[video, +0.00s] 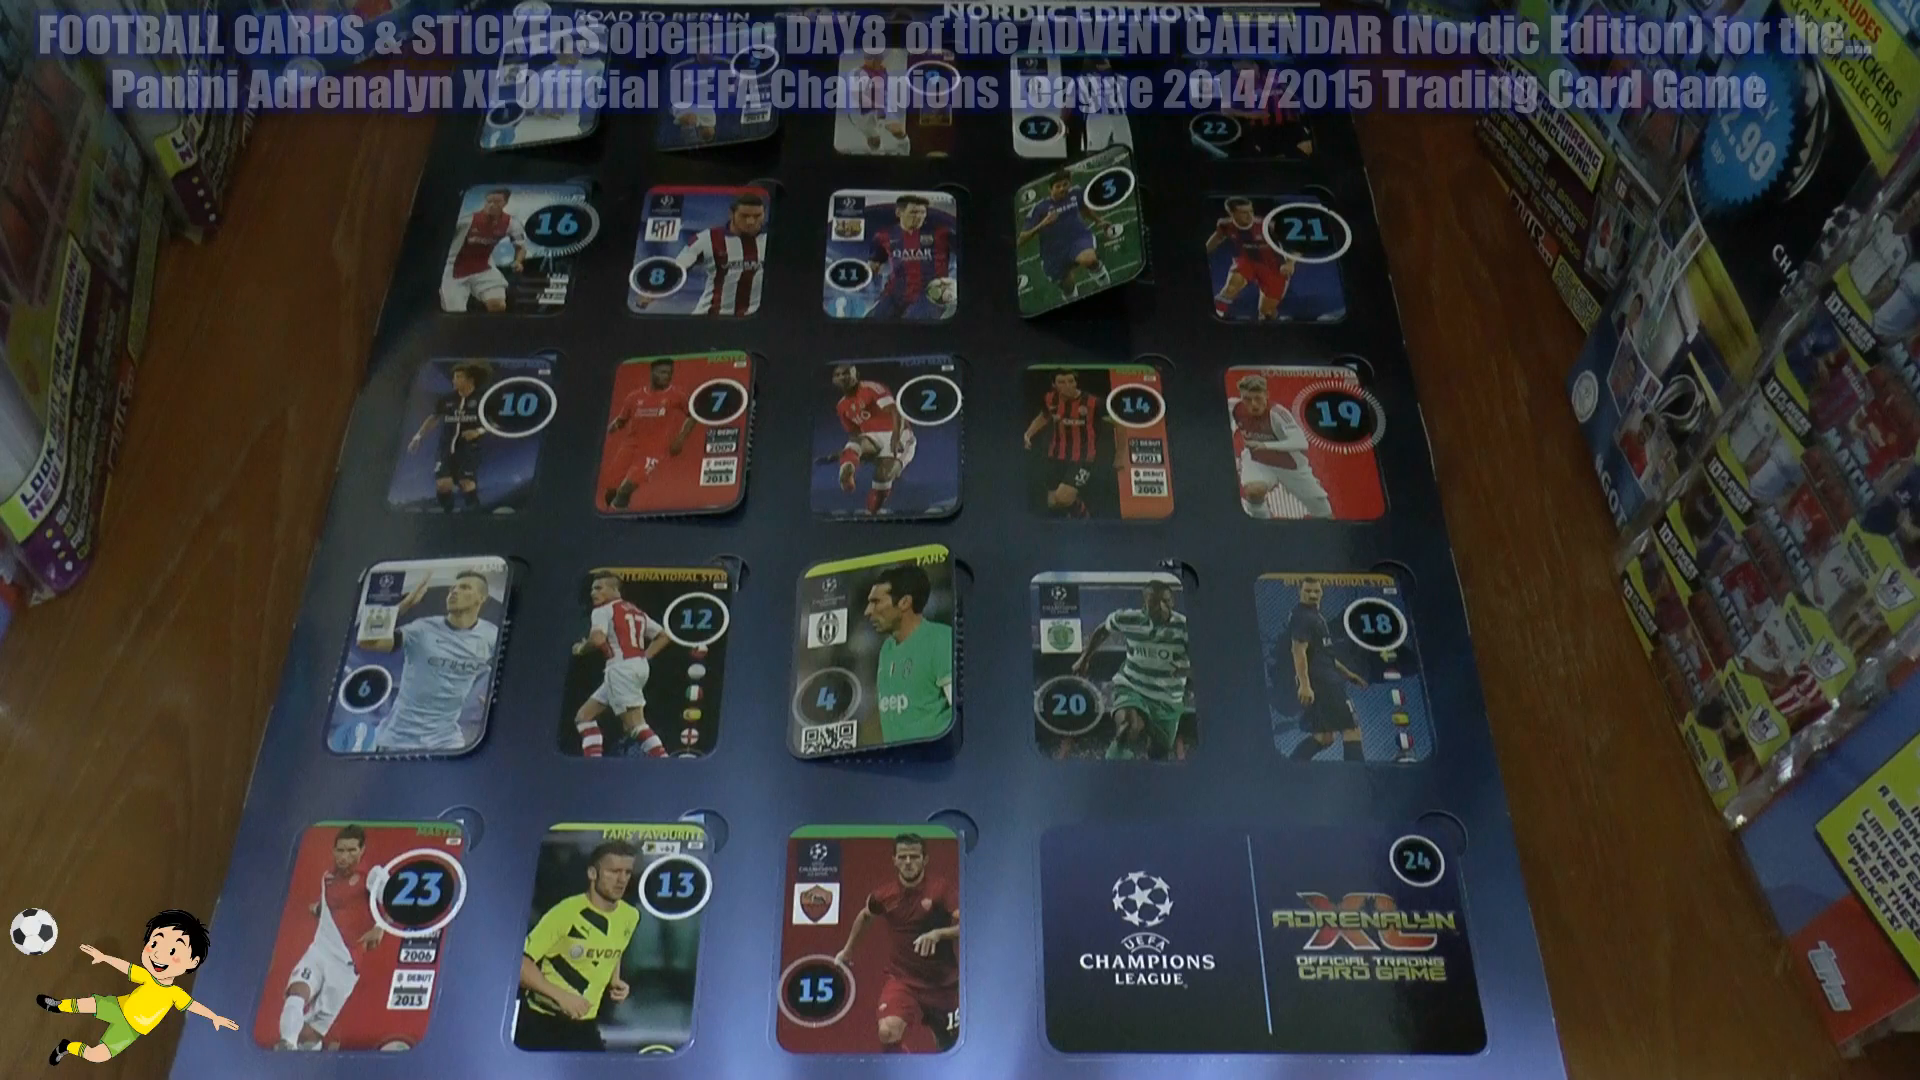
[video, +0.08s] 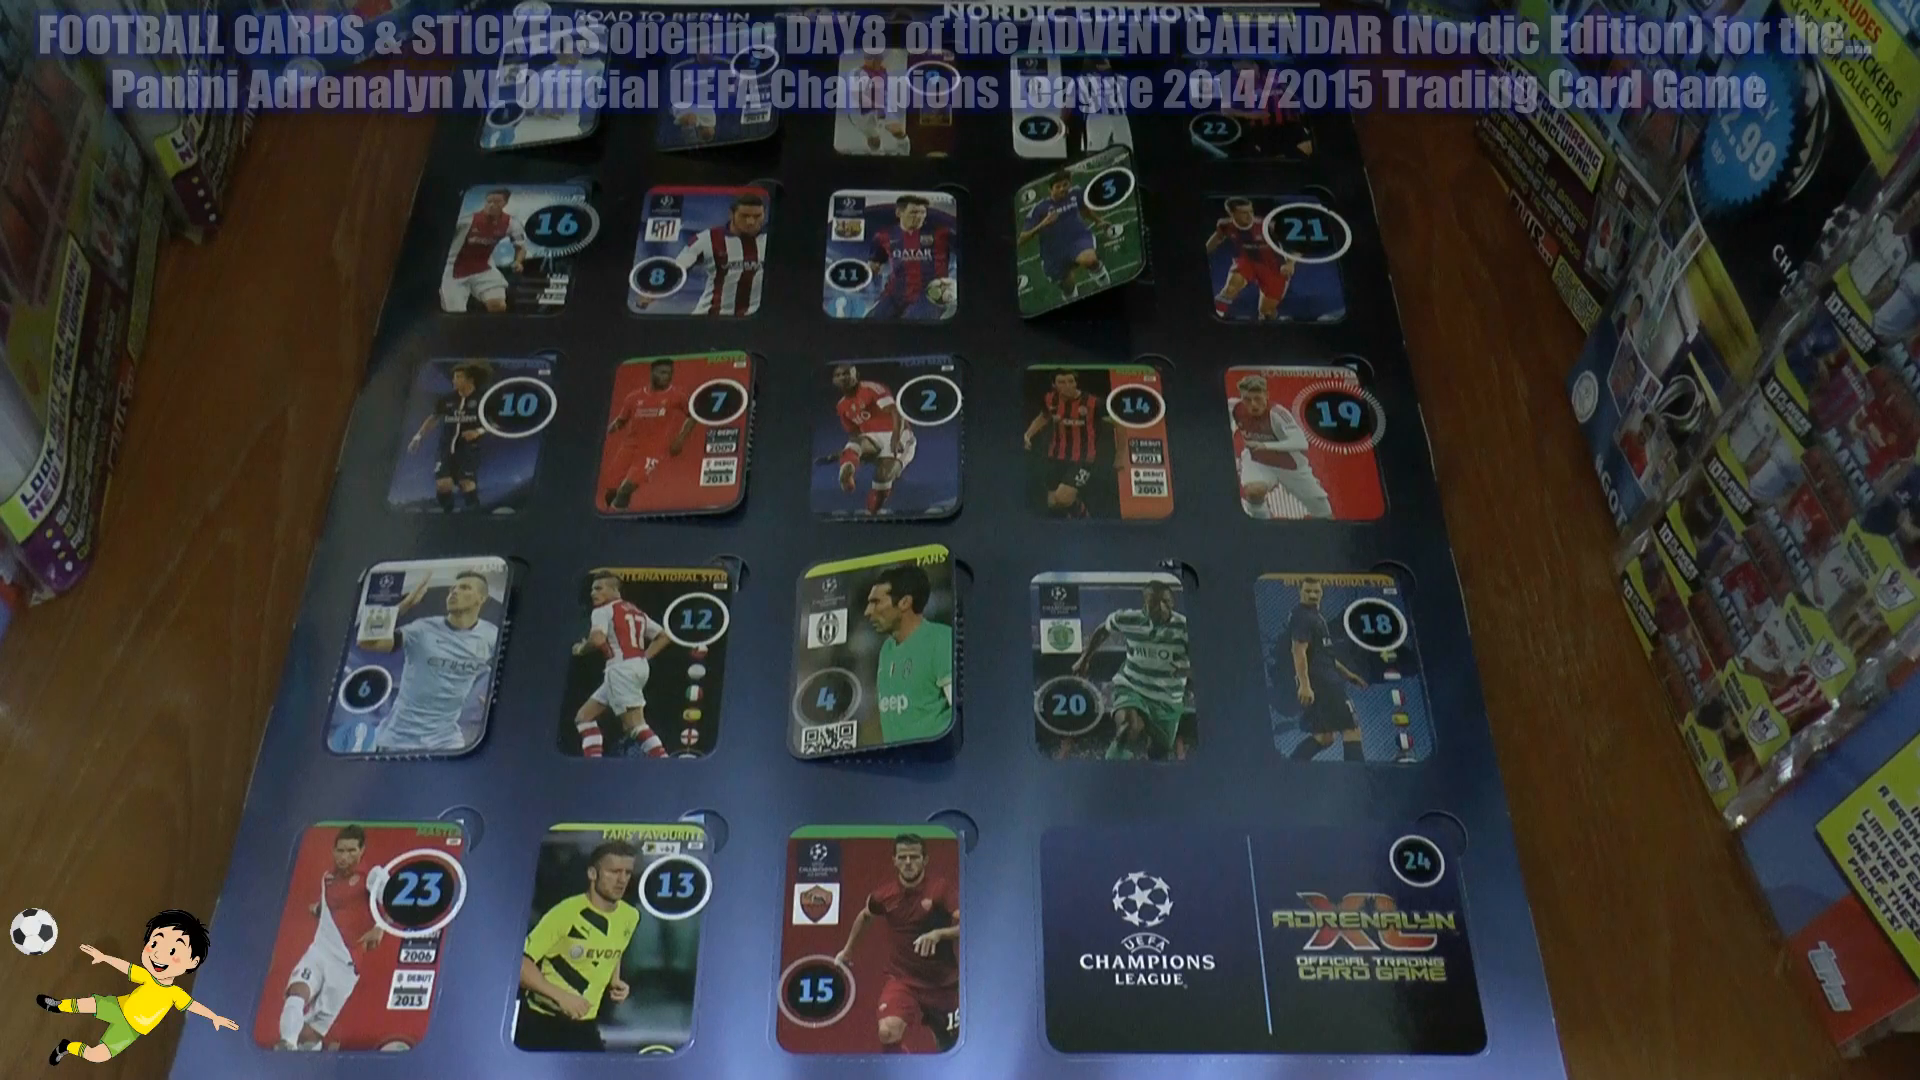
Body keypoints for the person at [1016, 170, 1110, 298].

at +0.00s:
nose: (1062, 189)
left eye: (1065, 185)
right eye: (1058, 187)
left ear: (1069, 185)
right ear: (1051, 189)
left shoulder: (1076, 195)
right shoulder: (1041, 207)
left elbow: (1084, 209)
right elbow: (1022, 238)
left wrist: (1098, 220)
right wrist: (1043, 223)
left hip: (1078, 239)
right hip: (1054, 251)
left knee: (1089, 260)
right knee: (1067, 286)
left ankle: (1098, 271)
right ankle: (1071, 296)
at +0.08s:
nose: (1062, 190)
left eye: (1065, 185)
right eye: (1058, 187)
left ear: (1070, 185)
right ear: (1051, 190)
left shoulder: (1076, 195)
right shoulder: (1041, 208)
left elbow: (1084, 210)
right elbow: (1022, 238)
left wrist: (1098, 220)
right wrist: (1043, 223)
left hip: (1078, 239)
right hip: (1054, 252)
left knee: (1089, 260)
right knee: (1067, 286)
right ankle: (1071, 296)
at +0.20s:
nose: (1062, 190)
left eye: (1065, 185)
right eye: (1058, 187)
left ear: (1070, 185)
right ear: (1051, 190)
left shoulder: (1076, 195)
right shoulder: (1040, 208)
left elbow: (1084, 210)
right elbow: (1022, 239)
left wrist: (1098, 220)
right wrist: (1043, 224)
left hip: (1078, 240)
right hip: (1054, 252)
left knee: (1090, 261)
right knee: (1067, 287)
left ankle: (1107, 288)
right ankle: (1070, 297)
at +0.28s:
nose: (1062, 190)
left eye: (1065, 185)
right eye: (1058, 187)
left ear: (1069, 185)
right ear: (1051, 190)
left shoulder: (1076, 195)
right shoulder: (1041, 208)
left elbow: (1084, 210)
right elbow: (1022, 239)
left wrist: (1098, 220)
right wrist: (1043, 224)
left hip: (1077, 240)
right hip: (1054, 253)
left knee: (1090, 261)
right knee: (1067, 286)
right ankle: (1071, 297)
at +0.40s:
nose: (1062, 190)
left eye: (1065, 185)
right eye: (1058, 187)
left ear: (1069, 185)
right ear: (1051, 190)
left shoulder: (1076, 195)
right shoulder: (1041, 208)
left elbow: (1084, 210)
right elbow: (1022, 239)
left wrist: (1098, 220)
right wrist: (1044, 223)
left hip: (1078, 240)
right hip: (1054, 253)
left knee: (1090, 260)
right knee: (1067, 286)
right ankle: (1071, 297)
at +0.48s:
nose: (1062, 190)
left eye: (1065, 185)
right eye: (1058, 187)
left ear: (1069, 185)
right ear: (1051, 190)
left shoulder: (1076, 195)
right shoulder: (1041, 208)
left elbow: (1084, 210)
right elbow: (1022, 239)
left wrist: (1098, 221)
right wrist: (1044, 223)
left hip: (1078, 239)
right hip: (1054, 253)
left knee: (1089, 260)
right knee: (1068, 285)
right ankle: (1071, 296)